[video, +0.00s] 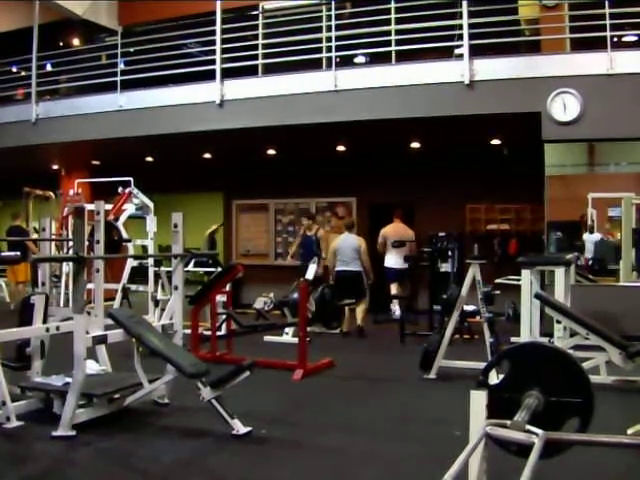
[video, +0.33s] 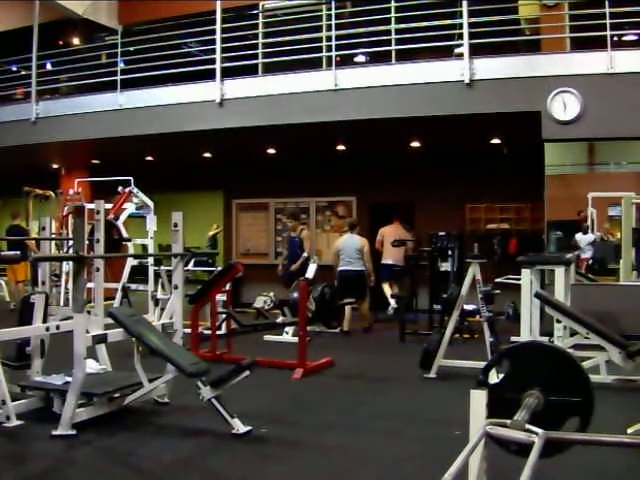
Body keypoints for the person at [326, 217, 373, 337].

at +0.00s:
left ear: (344, 227)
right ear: (354, 227)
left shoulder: (336, 241)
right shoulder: (360, 241)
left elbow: (331, 260)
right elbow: (365, 260)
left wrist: (331, 274)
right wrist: (370, 274)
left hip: (341, 272)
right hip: (356, 272)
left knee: (346, 302)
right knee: (362, 299)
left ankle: (345, 327)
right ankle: (359, 322)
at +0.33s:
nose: (358, 230)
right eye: (358, 228)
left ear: (347, 228)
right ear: (357, 228)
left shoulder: (339, 241)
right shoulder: (363, 241)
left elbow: (334, 257)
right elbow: (367, 260)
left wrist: (336, 269)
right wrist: (371, 274)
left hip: (344, 271)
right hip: (359, 271)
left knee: (347, 302)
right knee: (362, 300)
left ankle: (345, 328)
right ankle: (367, 323)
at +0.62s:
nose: (369, 230)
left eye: (368, 228)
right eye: (369, 228)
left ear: (356, 228)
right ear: (366, 228)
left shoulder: (348, 240)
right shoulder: (372, 241)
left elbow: (343, 258)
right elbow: (375, 259)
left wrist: (340, 272)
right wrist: (381, 274)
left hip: (352, 270)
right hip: (368, 270)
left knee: (350, 299)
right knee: (367, 299)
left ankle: (347, 320)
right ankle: (367, 324)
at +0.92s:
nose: (373, 228)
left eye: (372, 226)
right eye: (372, 226)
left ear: (360, 226)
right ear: (371, 227)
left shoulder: (353, 240)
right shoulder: (377, 240)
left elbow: (349, 256)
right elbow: (382, 258)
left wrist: (349, 268)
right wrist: (386, 269)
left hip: (356, 269)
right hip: (371, 269)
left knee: (356, 299)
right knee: (369, 298)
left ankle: (354, 322)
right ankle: (367, 324)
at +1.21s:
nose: (373, 228)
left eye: (372, 226)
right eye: (372, 227)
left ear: (361, 227)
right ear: (371, 227)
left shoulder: (354, 240)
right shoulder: (377, 240)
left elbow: (351, 258)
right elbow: (381, 257)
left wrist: (352, 269)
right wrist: (387, 270)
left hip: (358, 269)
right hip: (371, 269)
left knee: (360, 297)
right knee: (369, 297)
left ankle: (362, 322)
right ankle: (367, 323)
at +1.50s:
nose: (373, 228)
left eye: (372, 226)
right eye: (372, 226)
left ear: (361, 227)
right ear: (370, 227)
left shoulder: (354, 240)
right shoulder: (374, 240)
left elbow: (352, 258)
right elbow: (378, 257)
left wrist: (351, 271)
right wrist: (384, 270)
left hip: (358, 268)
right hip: (370, 268)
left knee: (360, 297)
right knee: (370, 296)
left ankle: (363, 320)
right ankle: (367, 320)